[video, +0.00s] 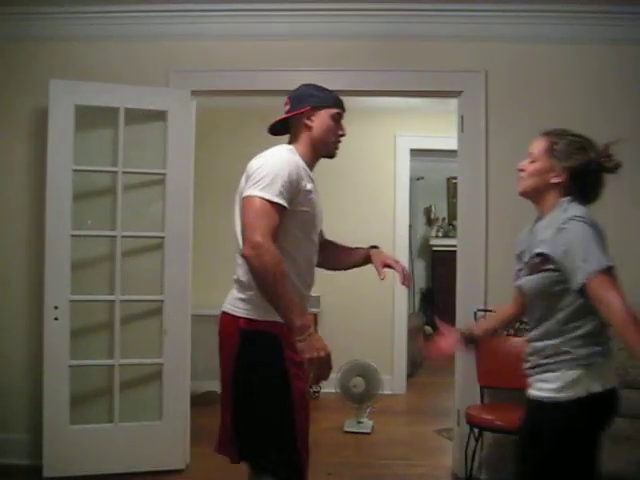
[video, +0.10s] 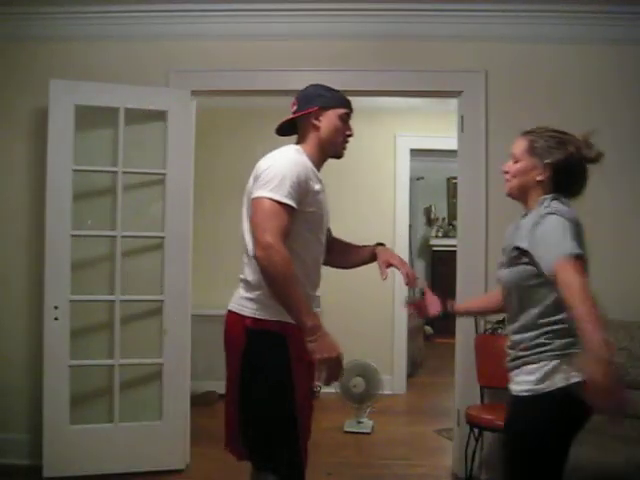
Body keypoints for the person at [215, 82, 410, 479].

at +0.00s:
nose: (343, 130)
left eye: (342, 121)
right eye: (336, 118)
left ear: (309, 122)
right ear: (307, 119)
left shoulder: (300, 175)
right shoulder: (278, 164)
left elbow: (318, 251)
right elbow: (257, 245)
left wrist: (370, 254)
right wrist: (304, 329)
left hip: (280, 333)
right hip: (260, 333)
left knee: (284, 461)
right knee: (275, 464)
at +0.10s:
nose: (350, 129)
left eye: (350, 121)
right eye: (343, 118)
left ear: (318, 122)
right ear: (315, 119)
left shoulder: (308, 176)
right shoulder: (286, 165)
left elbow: (326, 250)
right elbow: (268, 247)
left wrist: (376, 251)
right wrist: (314, 329)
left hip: (288, 331)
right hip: (266, 331)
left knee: (285, 458)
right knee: (275, 462)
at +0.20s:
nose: (358, 130)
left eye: (357, 121)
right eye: (351, 119)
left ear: (325, 123)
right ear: (323, 120)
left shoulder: (312, 174)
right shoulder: (295, 166)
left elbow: (330, 247)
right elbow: (283, 248)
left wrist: (380, 247)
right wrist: (336, 333)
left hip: (292, 334)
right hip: (272, 334)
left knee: (285, 460)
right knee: (275, 463)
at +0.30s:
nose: (363, 133)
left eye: (362, 122)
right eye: (357, 121)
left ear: (327, 123)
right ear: (330, 121)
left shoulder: (315, 173)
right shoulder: (303, 167)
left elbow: (331, 243)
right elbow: (304, 254)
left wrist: (380, 241)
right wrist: (366, 334)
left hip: (290, 331)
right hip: (277, 334)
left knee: (283, 460)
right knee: (275, 463)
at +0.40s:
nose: (366, 138)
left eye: (367, 127)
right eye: (363, 125)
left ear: (327, 122)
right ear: (341, 121)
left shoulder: (314, 169)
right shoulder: (309, 168)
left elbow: (328, 241)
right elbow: (329, 257)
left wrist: (384, 241)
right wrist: (397, 326)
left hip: (292, 332)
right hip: (281, 336)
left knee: (300, 459)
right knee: (284, 464)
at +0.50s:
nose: (369, 143)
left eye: (370, 132)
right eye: (366, 130)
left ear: (329, 126)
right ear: (345, 128)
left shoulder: (315, 168)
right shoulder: (314, 170)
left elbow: (336, 242)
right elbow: (353, 257)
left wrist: (388, 243)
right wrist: (428, 315)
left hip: (295, 330)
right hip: (287, 335)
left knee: (317, 455)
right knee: (295, 461)